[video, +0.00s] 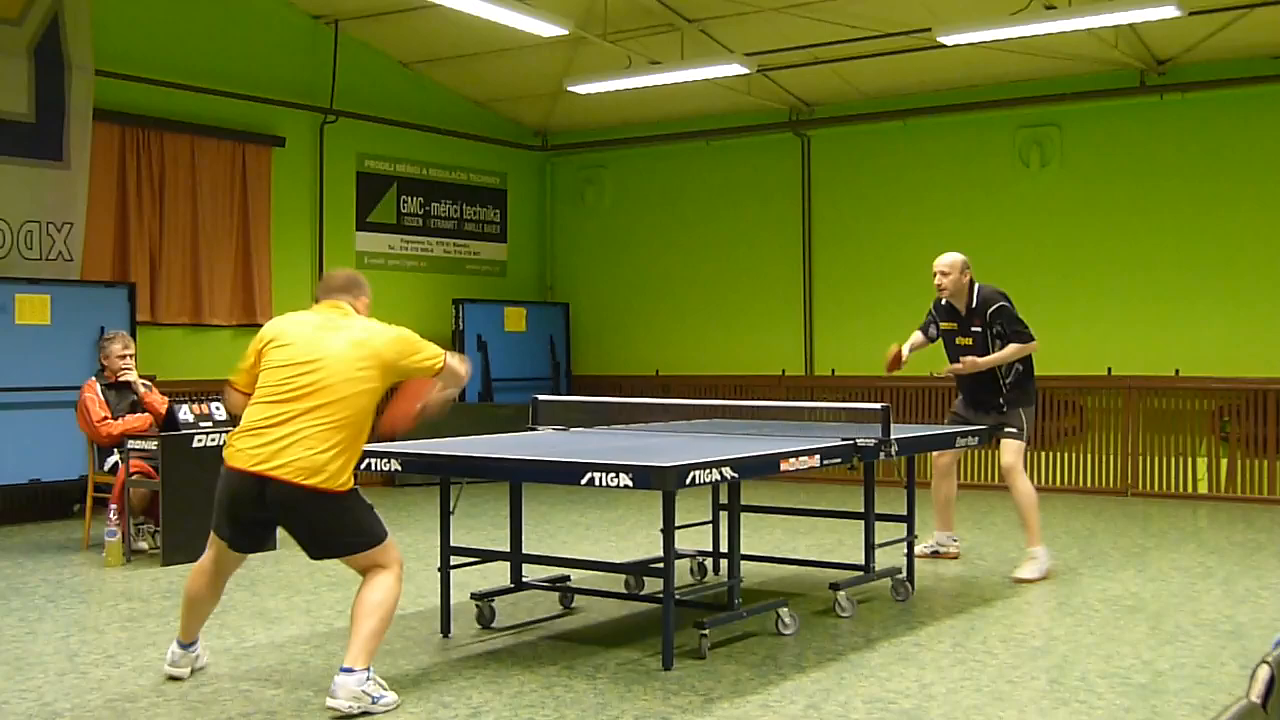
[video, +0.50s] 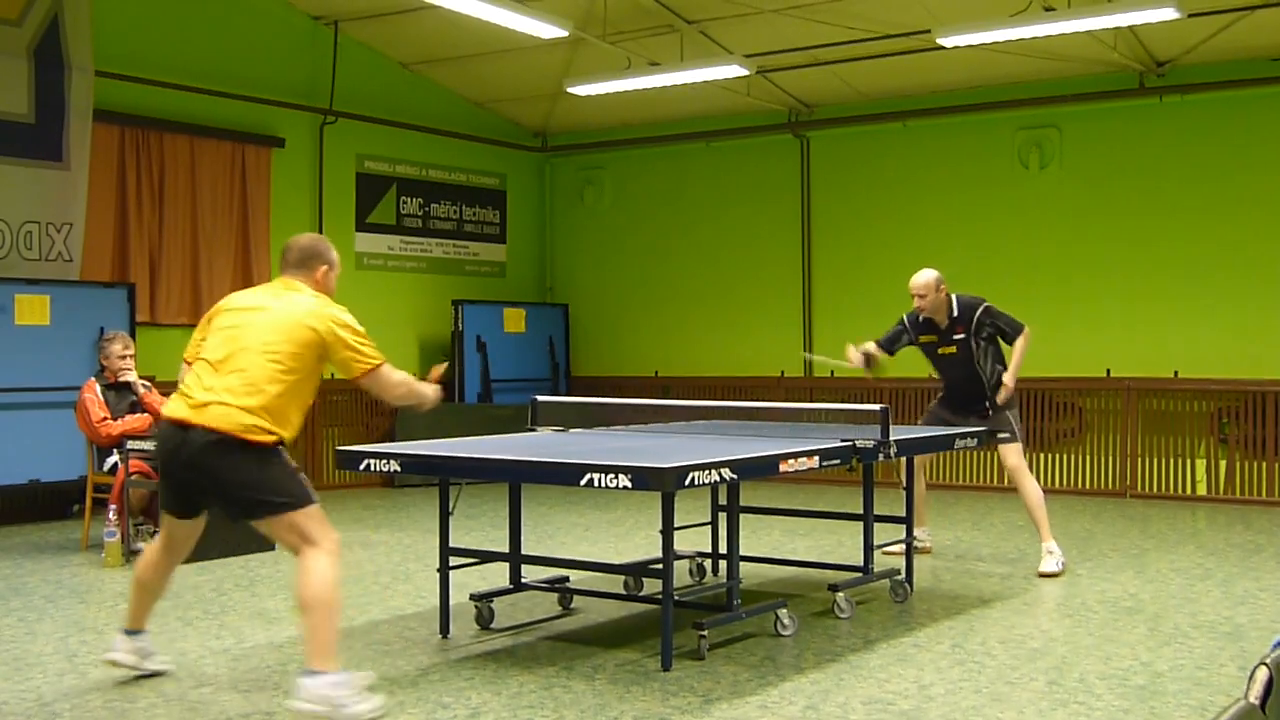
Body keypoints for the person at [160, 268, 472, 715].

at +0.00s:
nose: (371, 311)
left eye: (368, 306)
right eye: (369, 305)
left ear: (319, 300)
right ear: (361, 303)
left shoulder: (278, 327)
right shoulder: (383, 338)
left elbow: (235, 400)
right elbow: (458, 368)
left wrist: (287, 415)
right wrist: (434, 396)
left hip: (242, 470)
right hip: (314, 483)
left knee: (215, 560)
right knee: (383, 566)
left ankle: (183, 649)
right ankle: (354, 677)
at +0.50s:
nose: (335, 284)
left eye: (335, 276)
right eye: (335, 276)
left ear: (286, 268)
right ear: (323, 273)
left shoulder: (232, 301)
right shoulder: (325, 315)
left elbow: (189, 370)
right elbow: (390, 386)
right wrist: (428, 393)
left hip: (177, 436)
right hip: (239, 445)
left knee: (171, 539)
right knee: (318, 544)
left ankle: (130, 638)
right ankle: (322, 675)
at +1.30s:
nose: (222, 280)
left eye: (222, 272)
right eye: (221, 272)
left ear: (166, 271)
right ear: (206, 270)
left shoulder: (119, 314)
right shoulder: (218, 311)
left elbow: (78, 384)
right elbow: (299, 365)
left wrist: (126, 411)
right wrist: (343, 381)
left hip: (108, 457)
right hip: (176, 454)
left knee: (121, 548)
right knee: (261, 546)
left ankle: (88, 660)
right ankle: (260, 675)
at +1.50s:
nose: (259, 276)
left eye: (258, 267)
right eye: (256, 267)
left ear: (203, 266)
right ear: (240, 268)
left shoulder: (153, 307)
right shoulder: (245, 308)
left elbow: (145, 372)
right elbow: (315, 380)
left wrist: (227, 377)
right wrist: (332, 404)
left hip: (120, 446)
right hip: (186, 449)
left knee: (147, 549)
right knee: (260, 559)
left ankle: (95, 666)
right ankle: (278, 691)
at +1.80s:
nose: (358, 293)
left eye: (361, 283)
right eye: (350, 282)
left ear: (325, 281)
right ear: (315, 278)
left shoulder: (297, 318)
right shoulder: (301, 325)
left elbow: (290, 395)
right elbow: (303, 404)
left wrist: (350, 377)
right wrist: (415, 393)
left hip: (218, 480)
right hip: (254, 486)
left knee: (213, 564)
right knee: (358, 585)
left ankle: (134, 643)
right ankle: (282, 705)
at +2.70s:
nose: (520, 294)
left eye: (521, 284)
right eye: (519, 283)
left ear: (473, 277)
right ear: (498, 282)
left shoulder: (429, 320)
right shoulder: (463, 336)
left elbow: (431, 399)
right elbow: (410, 412)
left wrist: (493, 407)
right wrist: (433, 491)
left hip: (343, 492)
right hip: (394, 498)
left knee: (298, 594)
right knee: (513, 584)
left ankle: (200, 694)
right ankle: (471, 713)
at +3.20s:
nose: (735, 242)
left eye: (737, 229)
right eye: (732, 228)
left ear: (694, 221)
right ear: (703, 221)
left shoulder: (646, 264)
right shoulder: (666, 270)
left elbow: (588, 343)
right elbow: (669, 373)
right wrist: (734, 456)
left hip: (627, 456)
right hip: (598, 453)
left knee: (680, 573)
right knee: (554, 581)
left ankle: (721, 699)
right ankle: (482, 706)